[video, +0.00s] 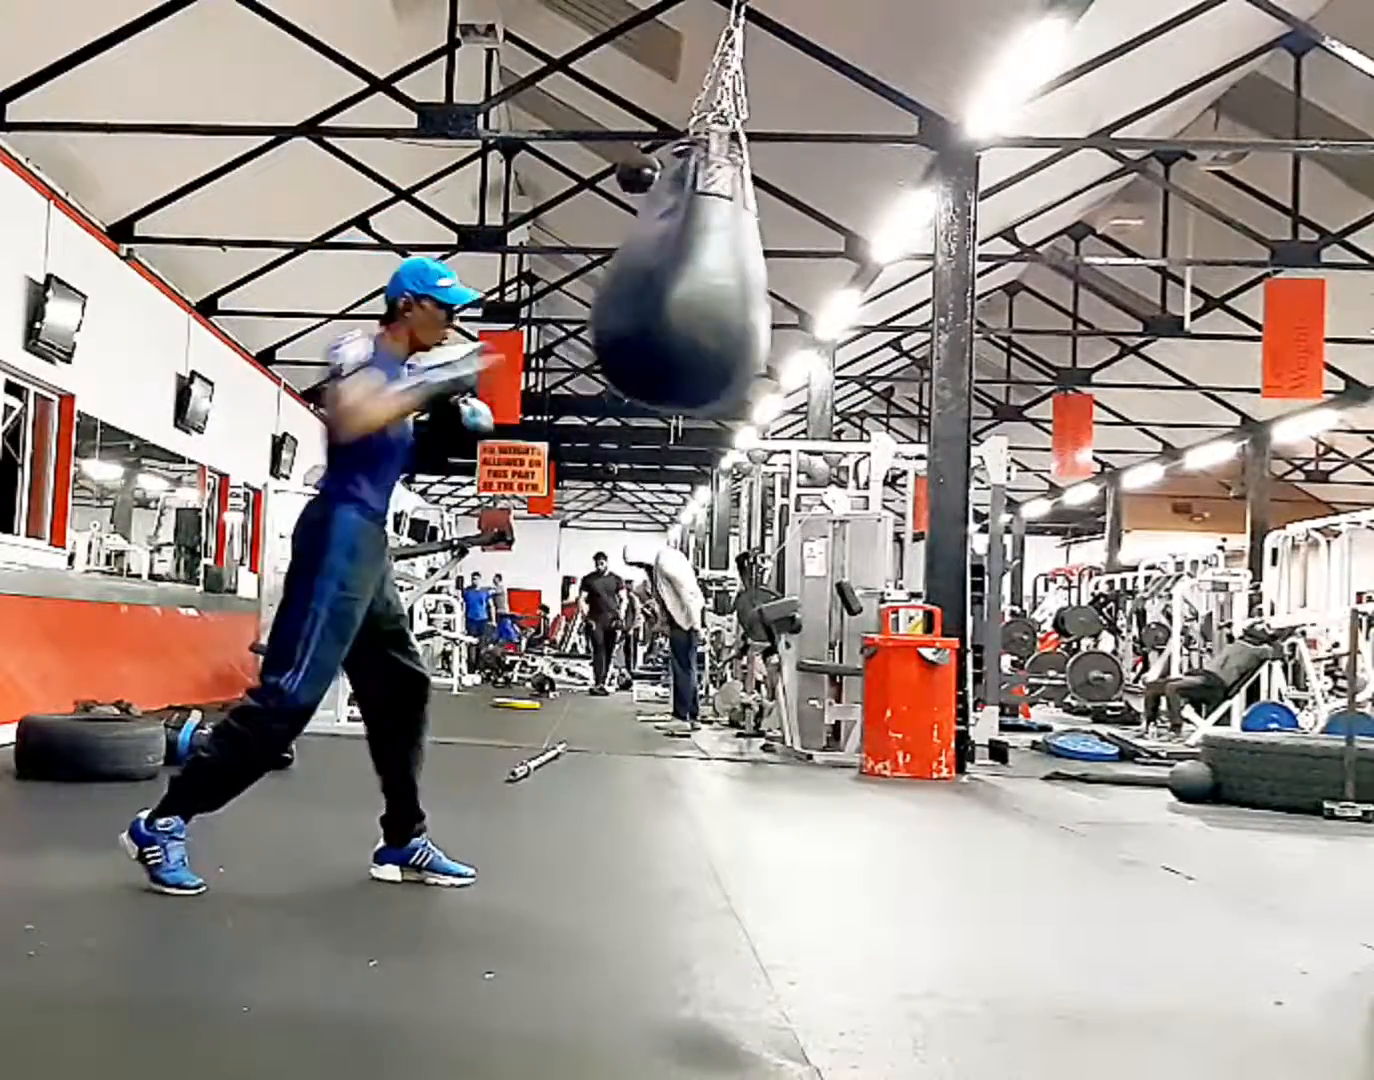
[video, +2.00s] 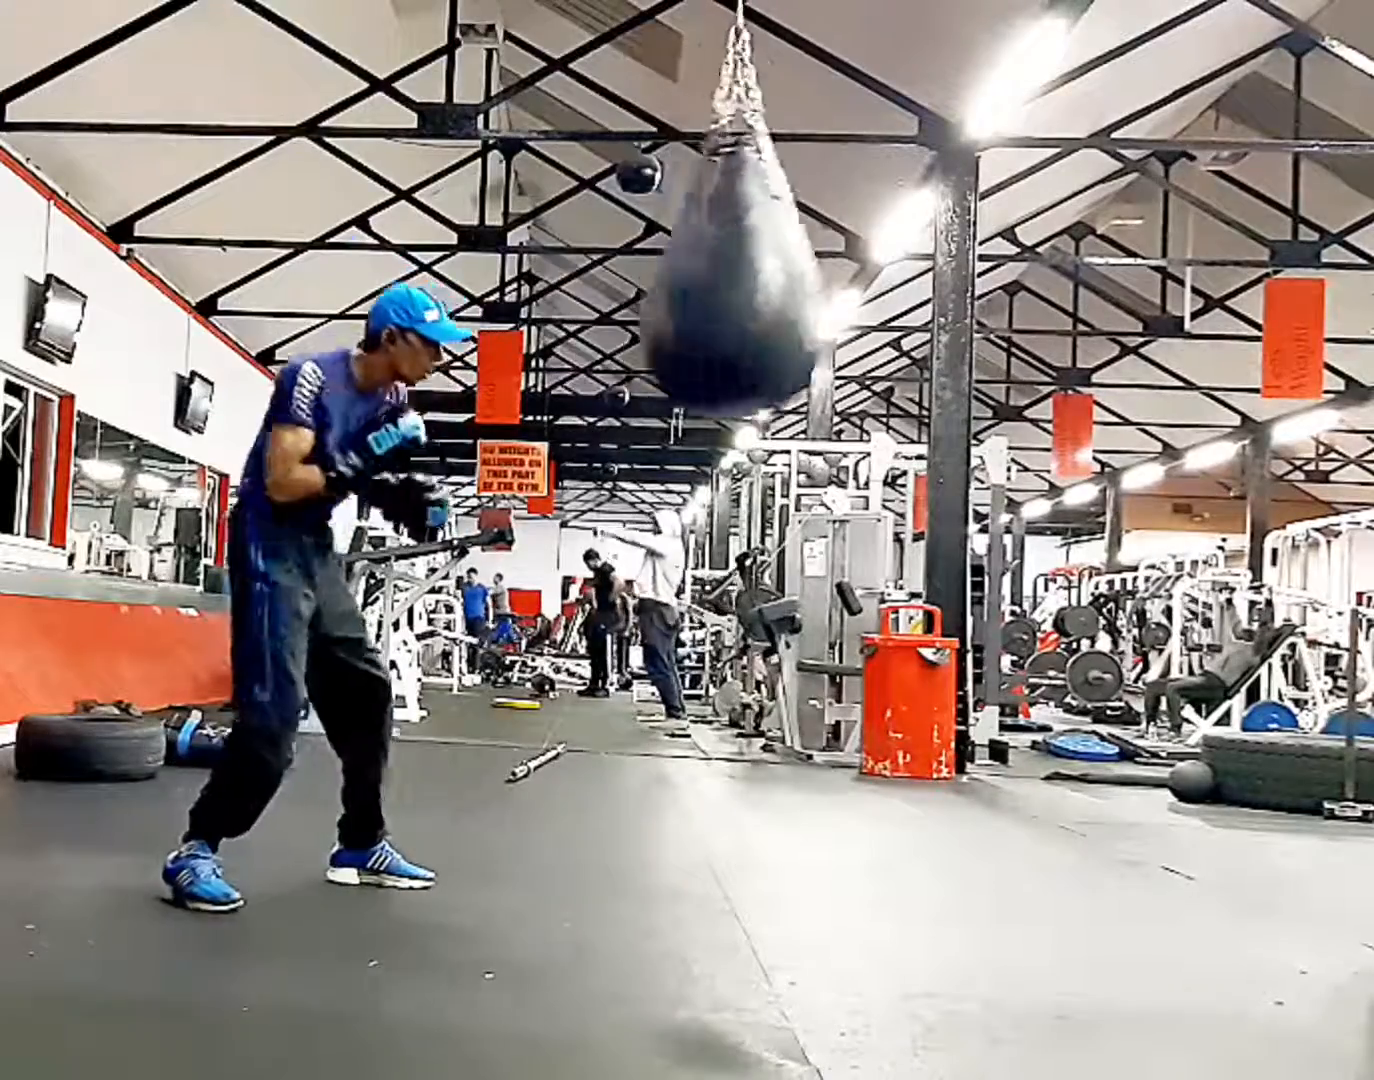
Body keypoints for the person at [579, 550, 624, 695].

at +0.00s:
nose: (600, 565)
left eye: (602, 562)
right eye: (598, 563)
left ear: (607, 563)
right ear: (595, 564)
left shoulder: (616, 579)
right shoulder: (588, 579)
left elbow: (624, 598)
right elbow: (581, 599)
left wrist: (620, 615)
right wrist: (585, 615)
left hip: (611, 617)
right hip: (595, 617)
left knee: (608, 649)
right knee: (598, 648)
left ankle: (603, 679)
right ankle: (599, 681)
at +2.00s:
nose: (590, 566)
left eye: (591, 562)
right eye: (588, 563)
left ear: (597, 559)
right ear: (588, 563)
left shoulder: (608, 575)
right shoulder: (598, 576)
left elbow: (608, 602)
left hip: (606, 621)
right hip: (597, 620)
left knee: (603, 654)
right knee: (595, 654)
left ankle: (604, 685)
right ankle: (594, 683)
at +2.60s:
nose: (585, 564)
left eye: (587, 559)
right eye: (583, 561)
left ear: (593, 557)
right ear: (582, 562)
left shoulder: (603, 571)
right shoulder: (593, 576)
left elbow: (604, 594)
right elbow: (593, 596)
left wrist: (588, 601)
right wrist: (583, 600)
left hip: (602, 614)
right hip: (592, 615)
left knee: (601, 651)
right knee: (593, 651)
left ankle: (603, 685)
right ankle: (593, 683)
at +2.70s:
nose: (583, 564)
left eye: (585, 560)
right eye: (581, 561)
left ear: (591, 557)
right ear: (581, 562)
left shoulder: (602, 570)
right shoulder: (591, 576)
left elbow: (609, 584)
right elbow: (591, 594)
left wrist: (598, 600)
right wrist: (584, 600)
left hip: (601, 614)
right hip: (592, 614)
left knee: (600, 651)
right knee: (592, 651)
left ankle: (603, 685)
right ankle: (594, 683)